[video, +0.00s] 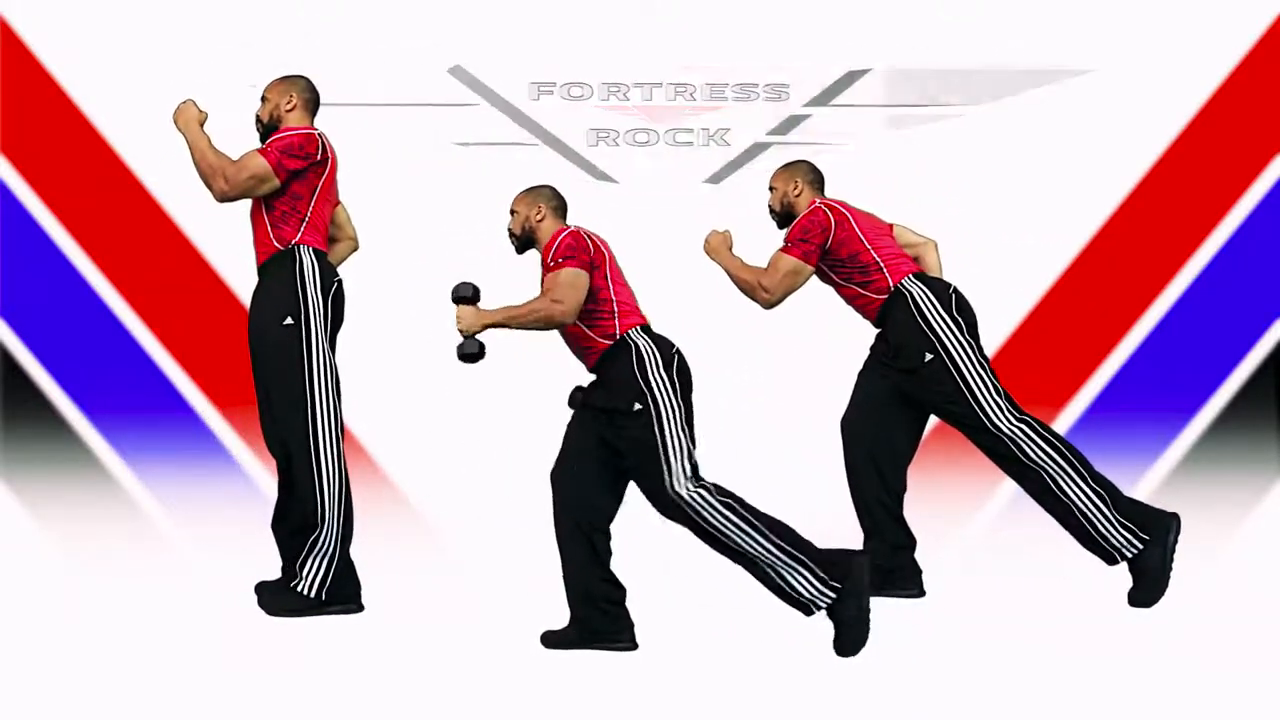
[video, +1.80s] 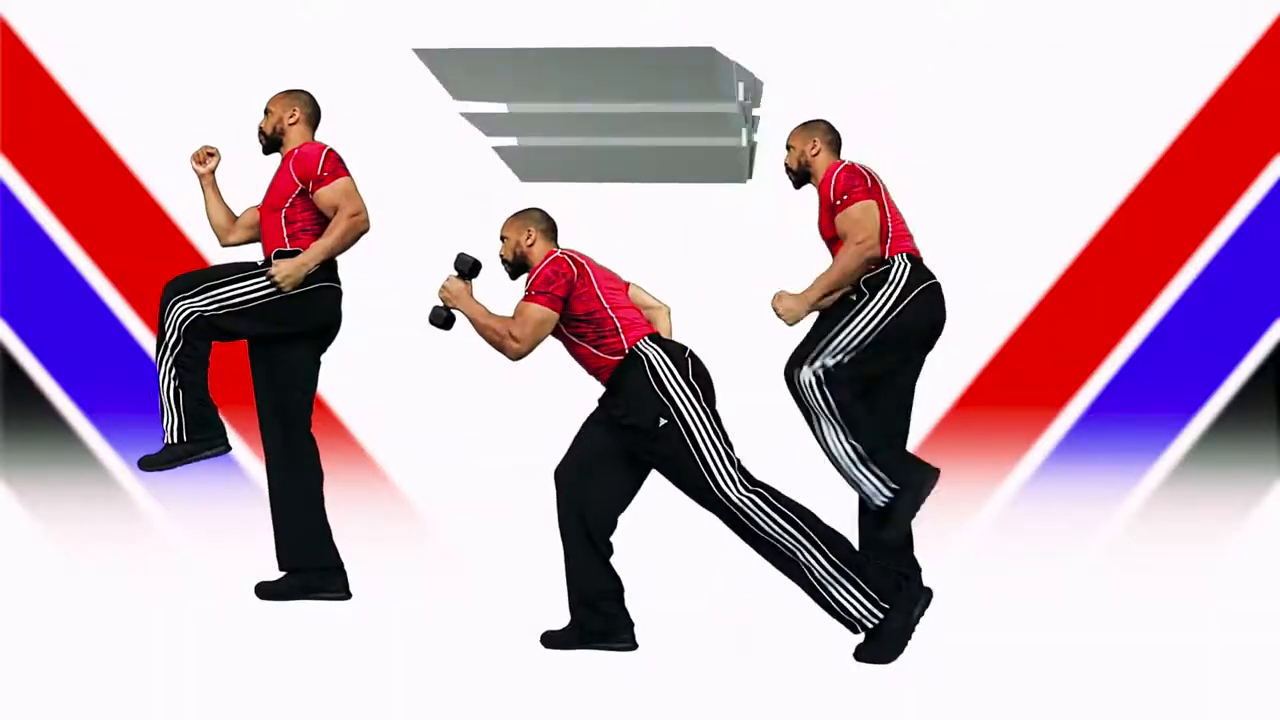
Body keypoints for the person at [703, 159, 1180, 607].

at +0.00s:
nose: (768, 201)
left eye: (774, 190)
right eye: (769, 193)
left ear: (802, 187)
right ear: (810, 191)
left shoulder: (817, 219)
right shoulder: (848, 220)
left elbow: (767, 290)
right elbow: (924, 249)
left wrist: (723, 256)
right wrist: (939, 315)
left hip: (920, 309)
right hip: (904, 324)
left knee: (1003, 430)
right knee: (866, 435)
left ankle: (1141, 533)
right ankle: (891, 566)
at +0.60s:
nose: (769, 184)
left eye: (775, 175)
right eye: (769, 177)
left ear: (802, 173)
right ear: (805, 177)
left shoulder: (822, 204)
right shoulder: (837, 212)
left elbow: (799, 283)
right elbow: (887, 279)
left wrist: (740, 283)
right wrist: (872, 330)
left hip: (911, 306)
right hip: (889, 325)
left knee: (950, 434)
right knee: (866, 440)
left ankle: (1096, 525)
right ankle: (889, 568)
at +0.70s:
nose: (778, 173)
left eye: (782, 163)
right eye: (778, 165)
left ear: (805, 161)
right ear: (812, 163)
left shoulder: (831, 190)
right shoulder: (838, 202)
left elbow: (837, 263)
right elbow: (866, 291)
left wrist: (771, 297)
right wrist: (816, 312)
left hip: (912, 298)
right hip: (888, 314)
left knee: (892, 427)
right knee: (866, 430)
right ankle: (890, 568)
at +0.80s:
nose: (789, 164)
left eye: (794, 155)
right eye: (789, 157)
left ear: (819, 152)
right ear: (821, 154)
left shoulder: (844, 178)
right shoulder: (835, 206)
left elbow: (875, 239)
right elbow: (836, 286)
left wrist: (828, 297)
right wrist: (779, 275)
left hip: (908, 288)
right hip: (903, 298)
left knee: (825, 383)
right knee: (884, 425)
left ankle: (897, 500)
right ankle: (890, 567)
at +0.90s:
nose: (797, 154)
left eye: (801, 144)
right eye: (797, 147)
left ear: (825, 141)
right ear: (830, 143)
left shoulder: (853, 167)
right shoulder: (846, 199)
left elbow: (900, 211)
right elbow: (812, 265)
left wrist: (890, 287)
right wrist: (762, 236)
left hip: (896, 286)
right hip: (906, 300)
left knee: (789, 331)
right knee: (884, 438)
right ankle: (891, 568)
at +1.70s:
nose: (794, 154)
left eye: (798, 144)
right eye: (795, 147)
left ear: (822, 141)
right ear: (825, 143)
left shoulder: (852, 169)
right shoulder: (840, 200)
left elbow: (900, 218)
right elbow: (825, 276)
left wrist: (878, 290)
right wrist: (768, 258)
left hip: (894, 287)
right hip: (899, 308)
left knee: (779, 322)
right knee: (874, 441)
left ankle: (810, 452)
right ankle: (891, 576)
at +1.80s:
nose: (786, 160)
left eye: (790, 150)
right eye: (786, 153)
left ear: (814, 146)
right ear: (822, 147)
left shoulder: (844, 175)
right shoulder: (834, 196)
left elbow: (864, 242)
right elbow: (860, 270)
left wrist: (805, 298)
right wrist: (821, 304)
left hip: (896, 282)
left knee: (809, 371)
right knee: (878, 443)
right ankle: (895, 586)